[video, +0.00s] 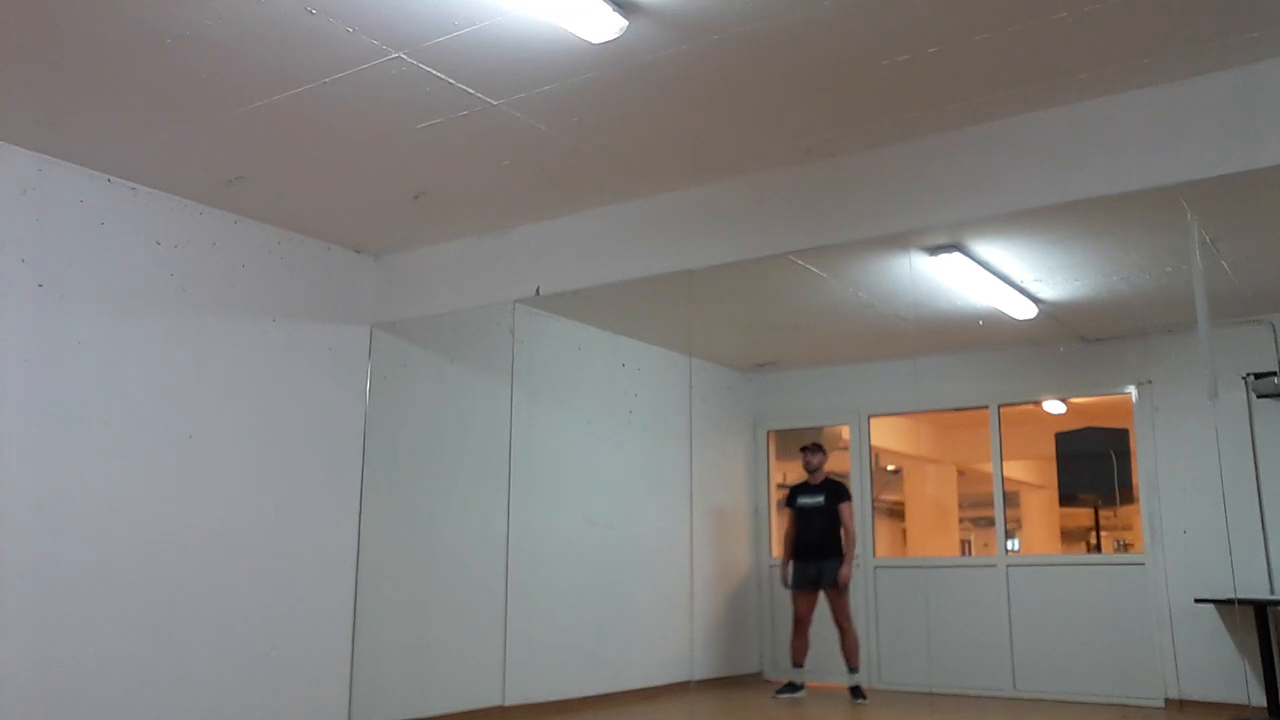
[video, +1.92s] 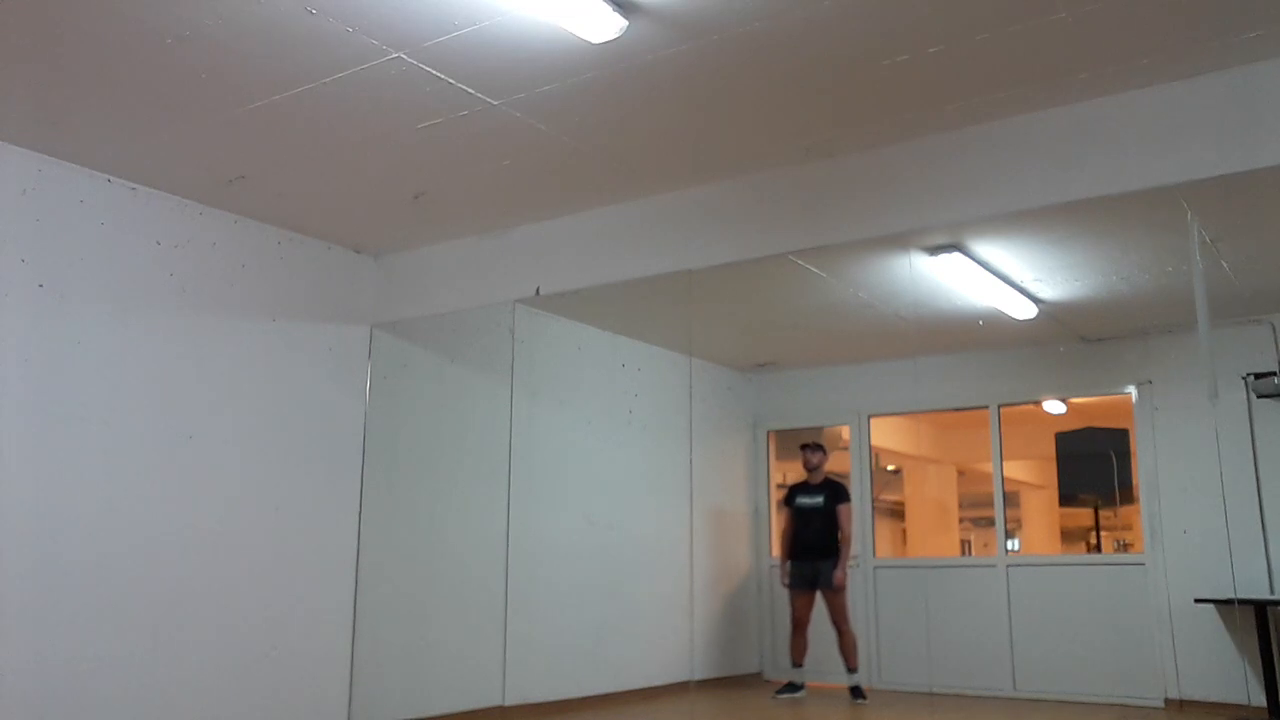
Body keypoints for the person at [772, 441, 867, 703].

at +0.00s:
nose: (809, 460)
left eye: (814, 455)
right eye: (806, 456)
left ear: (824, 459)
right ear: (802, 461)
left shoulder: (837, 489)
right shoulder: (796, 492)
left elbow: (848, 527)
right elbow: (790, 529)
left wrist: (848, 563)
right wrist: (785, 562)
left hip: (832, 563)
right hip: (803, 564)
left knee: (844, 622)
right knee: (800, 621)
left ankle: (855, 682)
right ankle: (797, 680)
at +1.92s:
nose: (810, 458)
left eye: (816, 454)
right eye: (807, 454)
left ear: (825, 458)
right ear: (802, 459)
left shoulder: (837, 490)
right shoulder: (794, 492)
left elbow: (845, 531)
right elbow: (787, 529)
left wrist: (842, 566)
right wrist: (784, 563)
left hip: (829, 563)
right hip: (800, 564)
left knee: (841, 623)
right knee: (798, 623)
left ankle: (854, 682)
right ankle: (796, 680)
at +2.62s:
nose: (811, 458)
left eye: (817, 454)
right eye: (808, 454)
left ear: (826, 459)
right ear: (803, 459)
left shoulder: (838, 489)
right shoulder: (794, 491)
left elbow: (846, 530)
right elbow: (787, 527)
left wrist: (844, 566)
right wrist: (783, 561)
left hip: (830, 563)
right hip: (801, 564)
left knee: (842, 623)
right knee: (798, 623)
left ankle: (854, 682)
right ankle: (796, 680)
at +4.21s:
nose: (812, 459)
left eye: (817, 455)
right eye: (808, 455)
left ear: (826, 459)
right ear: (804, 460)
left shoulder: (838, 489)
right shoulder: (795, 491)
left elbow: (847, 530)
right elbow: (787, 528)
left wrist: (844, 566)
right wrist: (783, 561)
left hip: (830, 563)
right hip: (801, 564)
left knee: (842, 623)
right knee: (798, 623)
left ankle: (854, 681)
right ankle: (796, 680)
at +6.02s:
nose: (810, 460)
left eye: (815, 455)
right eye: (806, 456)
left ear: (825, 458)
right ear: (803, 461)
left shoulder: (839, 490)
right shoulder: (796, 491)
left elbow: (847, 531)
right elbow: (788, 529)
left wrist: (844, 565)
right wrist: (785, 563)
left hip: (831, 564)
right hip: (802, 565)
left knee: (842, 624)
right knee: (799, 624)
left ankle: (854, 682)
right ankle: (796, 680)